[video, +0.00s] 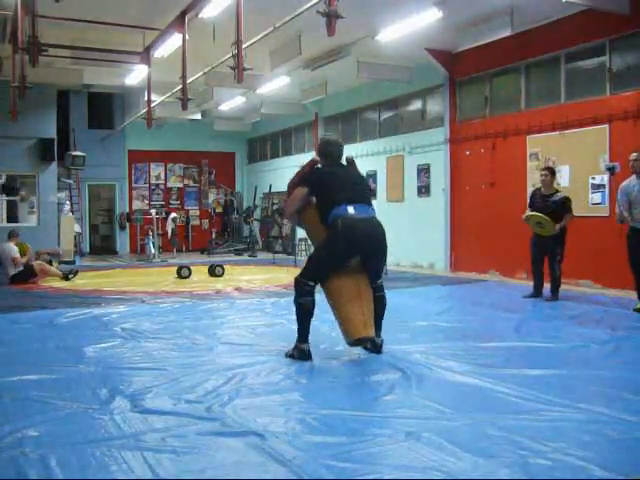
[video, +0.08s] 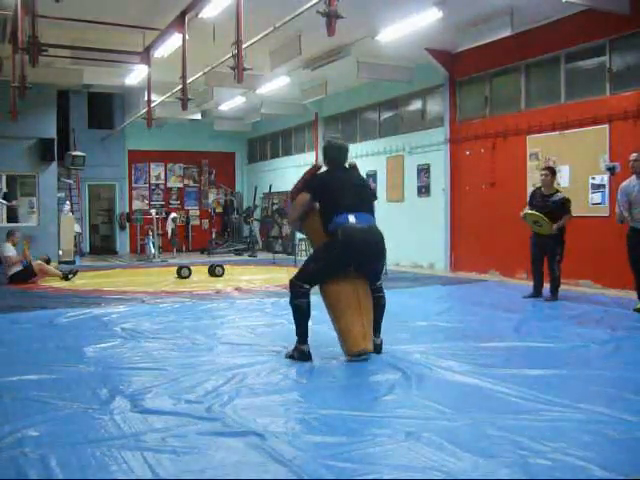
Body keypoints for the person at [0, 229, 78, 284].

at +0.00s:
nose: (18, 240)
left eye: (18, 238)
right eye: (18, 238)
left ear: (9, 237)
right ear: (15, 238)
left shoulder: (5, 246)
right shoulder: (11, 247)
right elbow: (18, 262)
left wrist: (25, 257)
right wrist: (27, 256)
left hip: (11, 275)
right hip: (14, 276)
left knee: (40, 266)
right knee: (40, 265)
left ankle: (63, 274)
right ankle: (63, 275)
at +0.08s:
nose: (18, 240)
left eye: (18, 238)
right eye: (16, 238)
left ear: (12, 238)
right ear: (11, 238)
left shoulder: (10, 247)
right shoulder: (7, 247)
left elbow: (13, 261)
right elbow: (9, 261)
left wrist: (24, 257)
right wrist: (22, 258)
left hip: (18, 273)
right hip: (14, 276)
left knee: (40, 265)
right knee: (39, 265)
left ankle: (63, 274)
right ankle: (63, 275)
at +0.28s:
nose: (14, 238)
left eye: (15, 236)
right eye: (12, 236)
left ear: (17, 237)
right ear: (9, 238)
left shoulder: (19, 247)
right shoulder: (5, 247)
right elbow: (2, 257)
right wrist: (8, 253)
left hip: (23, 273)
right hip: (13, 275)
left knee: (45, 269)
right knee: (39, 264)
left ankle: (64, 274)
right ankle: (62, 275)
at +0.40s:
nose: (15, 240)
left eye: (16, 238)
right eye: (13, 238)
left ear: (20, 238)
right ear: (10, 239)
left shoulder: (23, 249)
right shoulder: (6, 249)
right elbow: (2, 258)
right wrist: (6, 254)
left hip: (24, 273)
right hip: (13, 275)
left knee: (45, 269)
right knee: (39, 264)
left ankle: (63, 274)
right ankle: (61, 275)